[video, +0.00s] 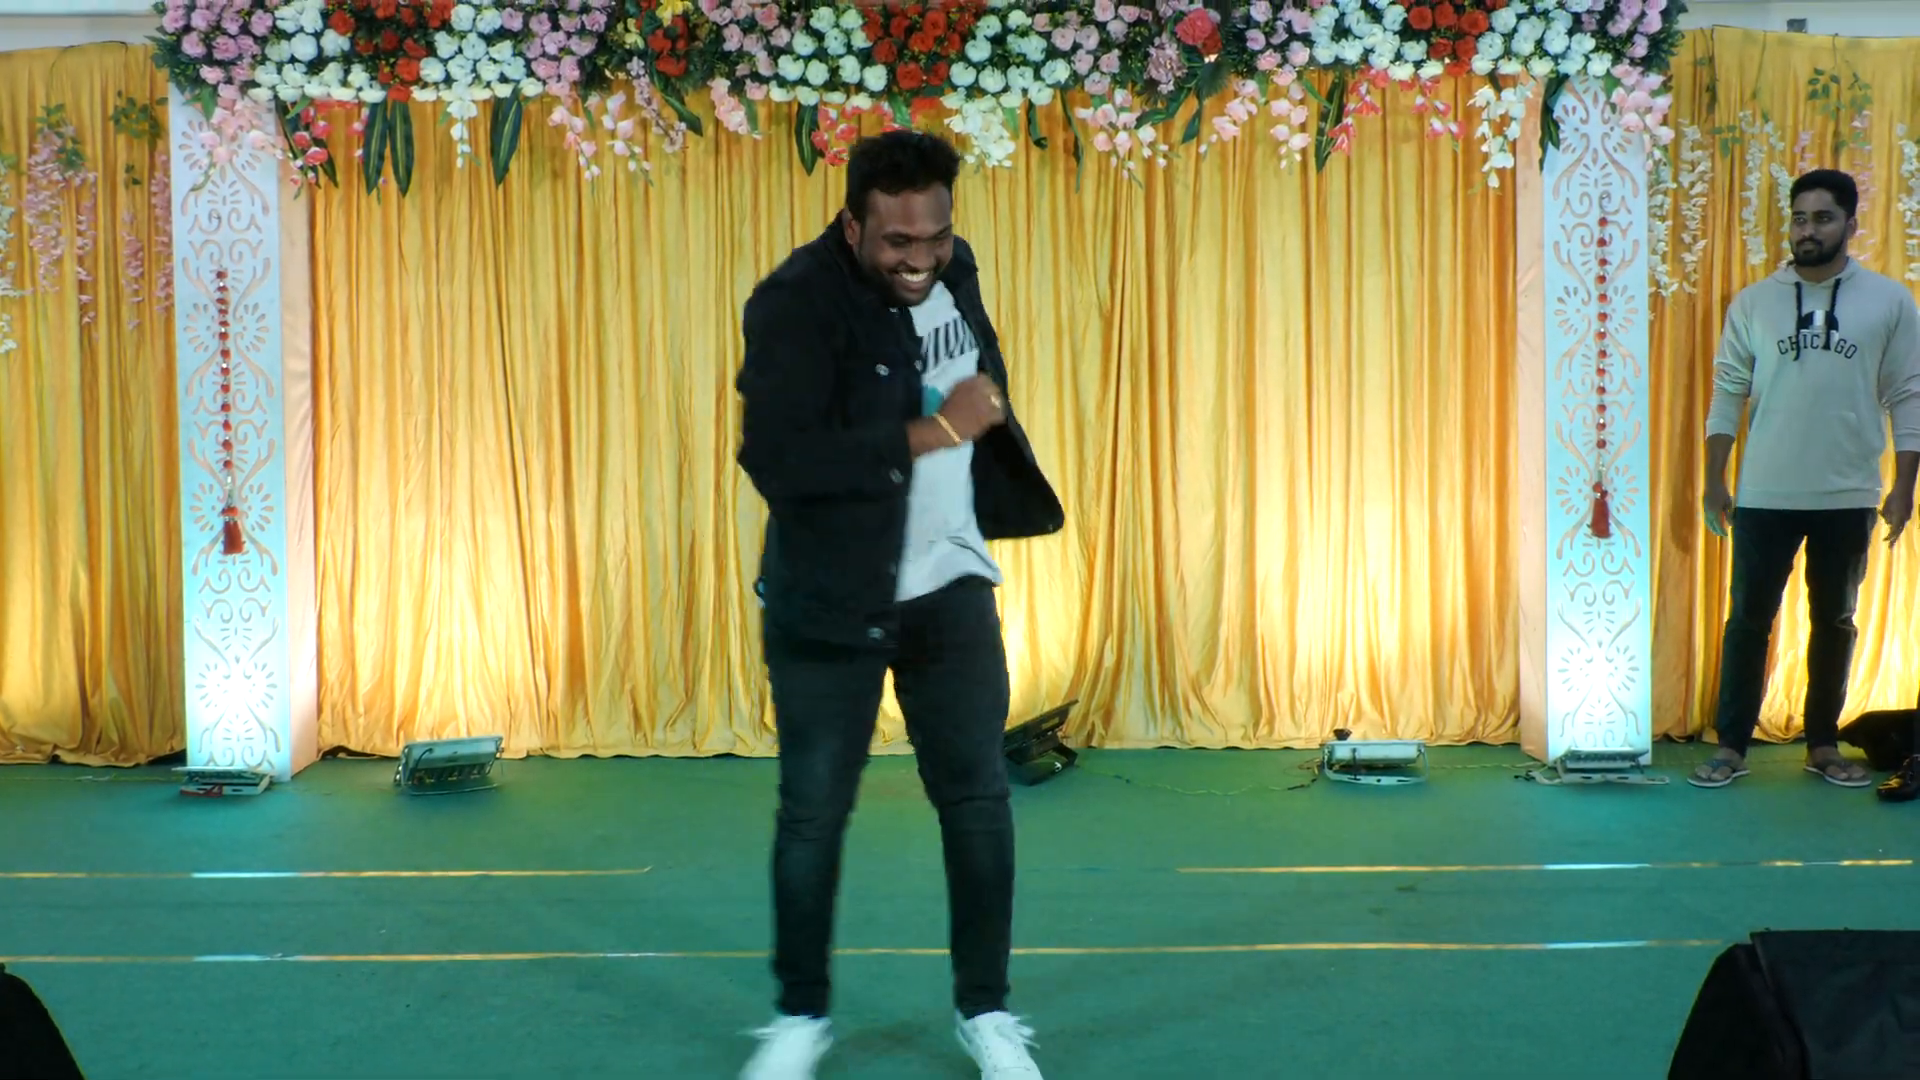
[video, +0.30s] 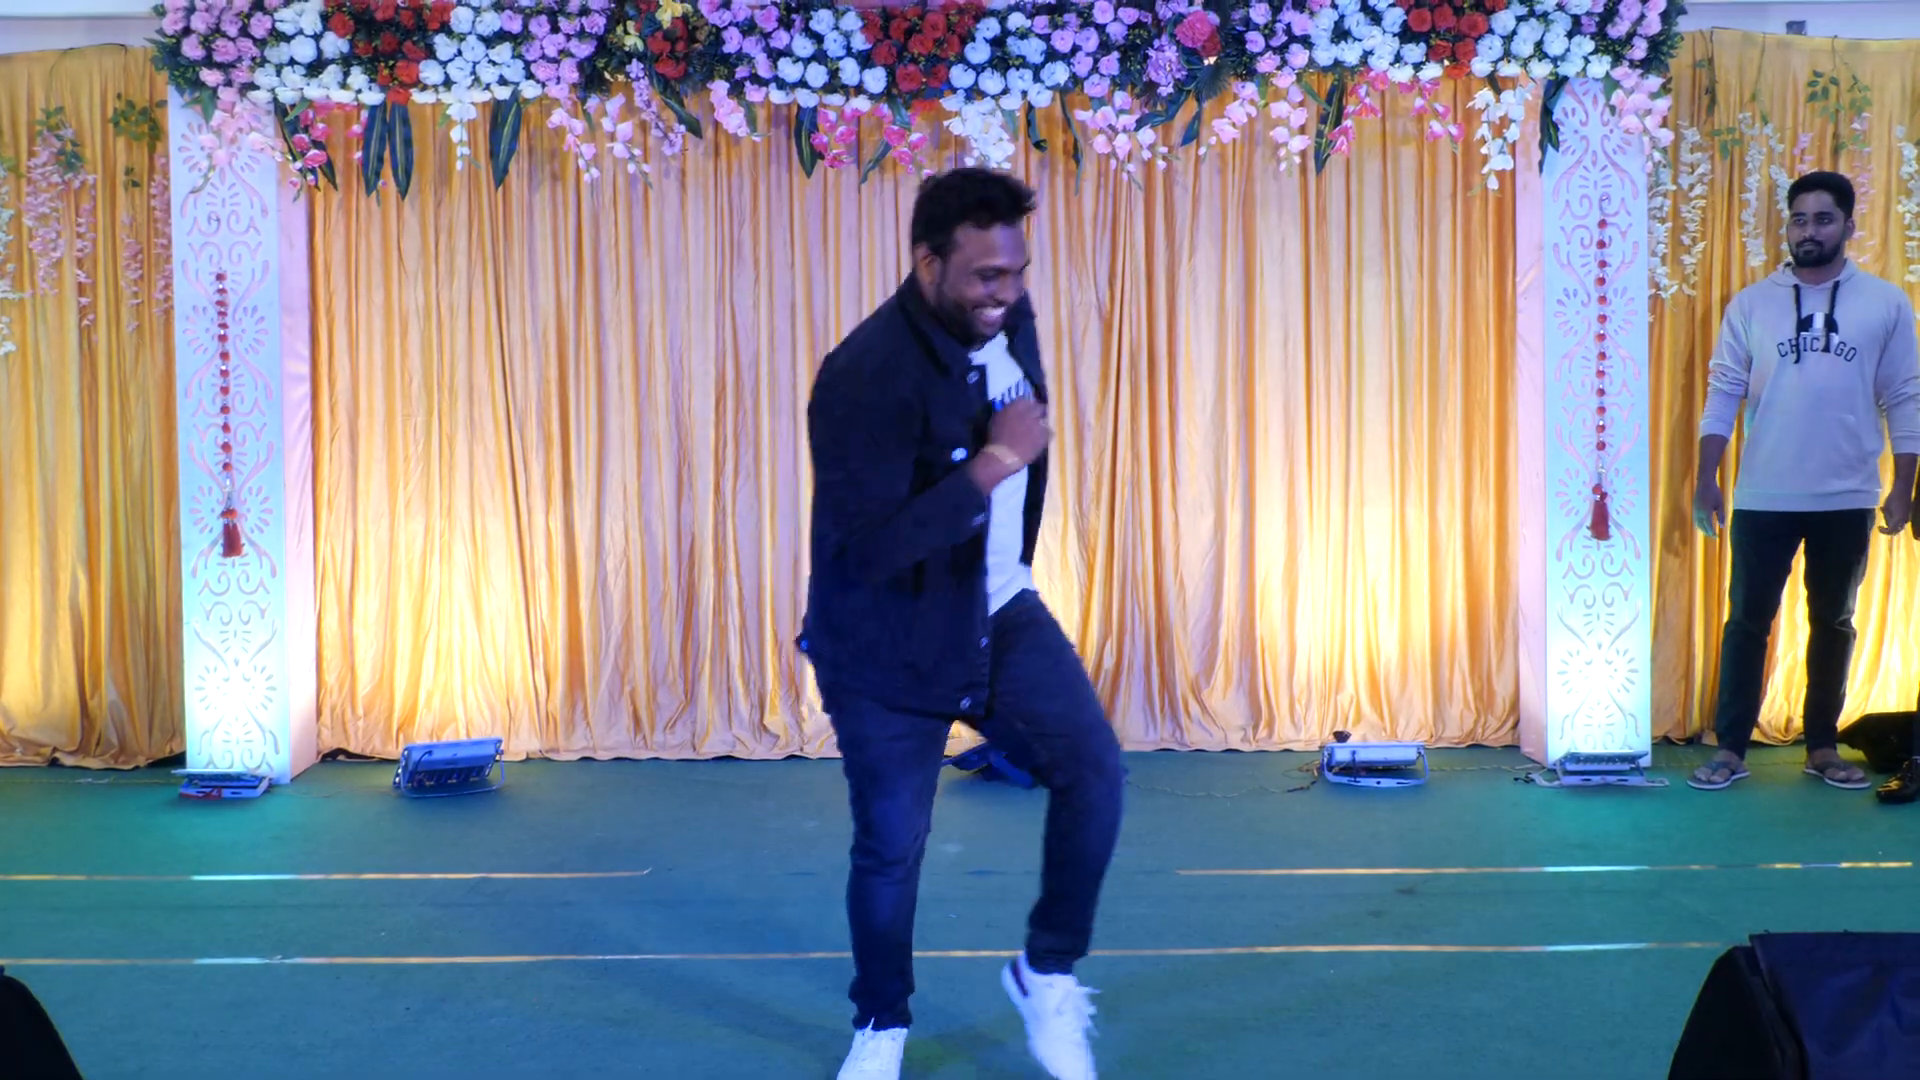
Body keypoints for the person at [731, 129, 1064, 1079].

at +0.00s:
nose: (916, 260)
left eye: (933, 239)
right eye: (895, 241)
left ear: (953, 221)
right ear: (852, 221)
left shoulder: (955, 274)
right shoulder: (793, 302)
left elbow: (964, 400)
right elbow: (776, 460)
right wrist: (933, 433)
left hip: (949, 587)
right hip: (829, 603)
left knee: (979, 796)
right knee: (812, 810)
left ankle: (985, 1008)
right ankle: (800, 1014)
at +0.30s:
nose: (1006, 294)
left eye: (1016, 272)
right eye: (986, 275)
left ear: (1025, 261)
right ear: (926, 262)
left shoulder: (1014, 323)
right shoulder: (862, 374)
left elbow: (1002, 462)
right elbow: (870, 549)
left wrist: (1004, 589)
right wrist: (994, 465)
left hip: (1002, 616)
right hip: (891, 644)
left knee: (1095, 774)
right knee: (891, 843)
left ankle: (1049, 971)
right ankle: (880, 1027)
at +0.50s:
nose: (1089, 257)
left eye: (1096, 236)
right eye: (1069, 239)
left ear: (1100, 221)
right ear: (1006, 226)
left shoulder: (1066, 285)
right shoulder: (960, 310)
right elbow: (988, 482)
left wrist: (1119, 334)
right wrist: (1144, 501)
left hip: (1060, 598)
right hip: (940, 607)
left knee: (1111, 800)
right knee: (893, 804)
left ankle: (1120, 1023)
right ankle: (849, 997)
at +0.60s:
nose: (1111, 284)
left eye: (1118, 264)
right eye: (1090, 267)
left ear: (1125, 248)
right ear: (1031, 254)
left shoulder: (1085, 300)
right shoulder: (997, 331)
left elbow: (1127, 289)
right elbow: (1040, 509)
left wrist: (1212, 319)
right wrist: (1174, 607)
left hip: (1096, 634)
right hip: (980, 637)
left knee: (1127, 837)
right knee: (920, 821)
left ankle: (1104, 1037)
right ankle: (839, 916)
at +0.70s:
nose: (1115, 294)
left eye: (1125, 272)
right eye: (1093, 275)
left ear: (1135, 263)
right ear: (1038, 271)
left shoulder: (1117, 341)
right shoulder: (1005, 375)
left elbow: (1170, 382)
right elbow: (1024, 564)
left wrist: (1275, 384)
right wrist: (1109, 698)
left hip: (1106, 641)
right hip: (994, 655)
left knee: (1145, 842)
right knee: (951, 862)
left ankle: (1105, 1040)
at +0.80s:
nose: (1099, 303)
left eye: (1113, 281)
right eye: (1076, 284)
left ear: (1129, 276)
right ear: (1032, 280)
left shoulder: (1148, 356)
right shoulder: (982, 390)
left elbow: (1195, 472)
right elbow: (957, 568)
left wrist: (1247, 503)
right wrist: (982, 718)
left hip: (1123, 659)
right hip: (1013, 667)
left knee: (1144, 855)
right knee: (965, 865)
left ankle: (1104, 1039)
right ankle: (937, 734)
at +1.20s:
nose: (1006, 271)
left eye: (1024, 249)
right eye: (985, 251)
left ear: (1049, 246)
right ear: (950, 246)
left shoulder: (1082, 347)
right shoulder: (892, 316)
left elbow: (1056, 482)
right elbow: (832, 419)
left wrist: (931, 396)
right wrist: (783, 524)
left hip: (1065, 624)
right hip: (942, 618)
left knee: (1086, 817)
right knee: (903, 812)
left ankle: (1106, 995)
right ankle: (892, 1025)